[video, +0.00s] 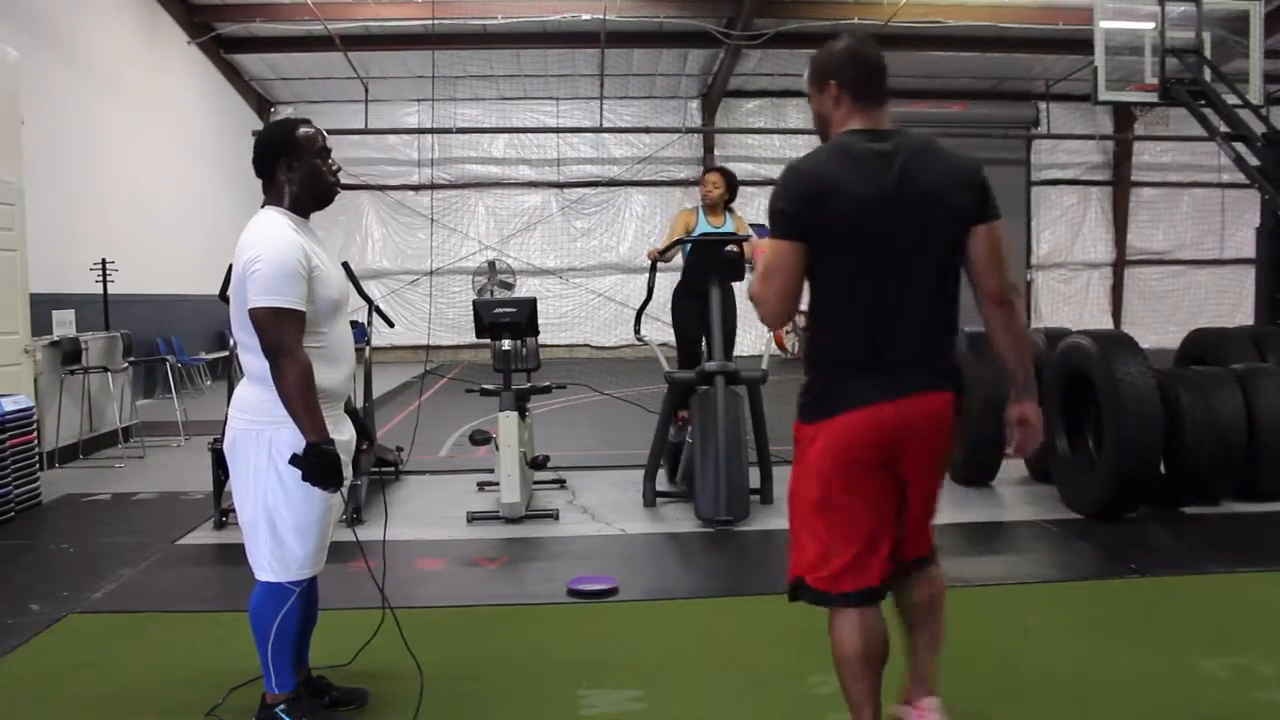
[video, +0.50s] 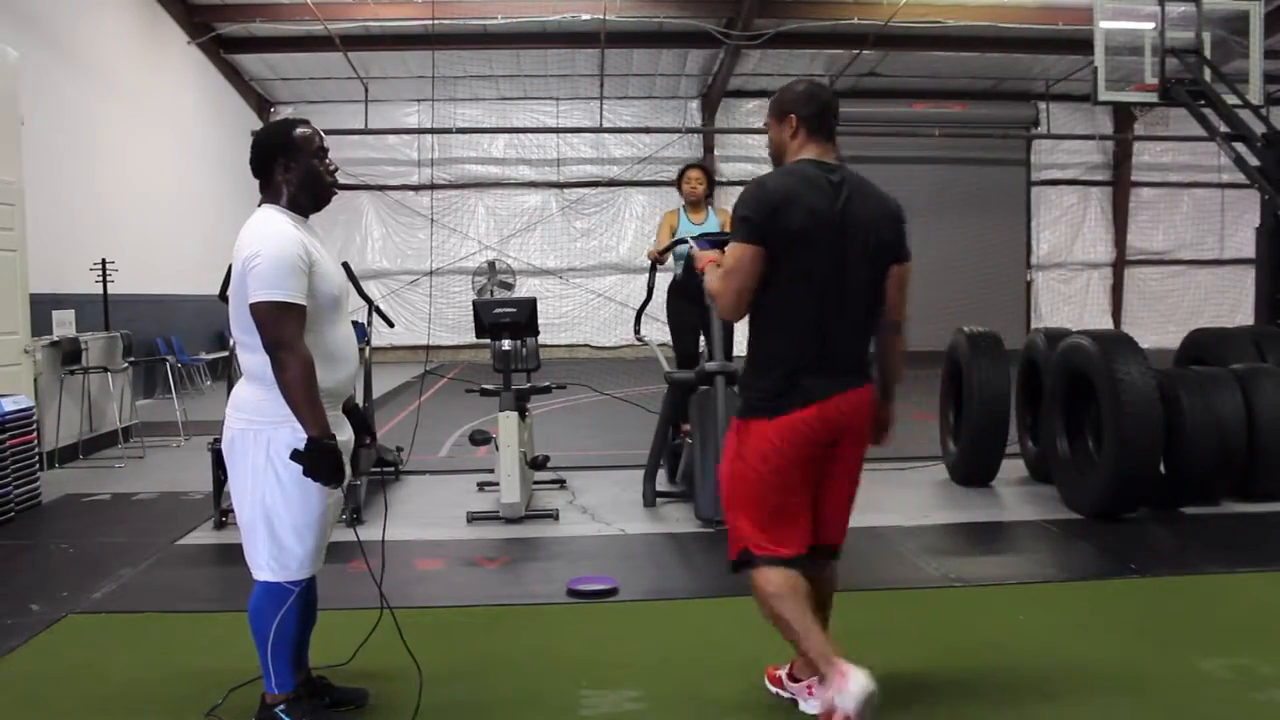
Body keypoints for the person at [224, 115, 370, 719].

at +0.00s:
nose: (336, 165)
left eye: (331, 154)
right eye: (323, 156)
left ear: (292, 171)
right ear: (288, 169)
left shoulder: (296, 238)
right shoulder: (274, 242)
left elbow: (312, 345)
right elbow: (283, 353)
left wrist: (350, 411)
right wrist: (318, 441)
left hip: (301, 429)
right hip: (278, 432)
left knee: (301, 566)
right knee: (284, 572)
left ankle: (297, 680)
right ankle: (281, 698)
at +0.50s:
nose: (333, 165)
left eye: (329, 154)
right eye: (320, 156)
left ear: (291, 171)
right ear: (286, 169)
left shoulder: (296, 236)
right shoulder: (273, 239)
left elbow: (316, 339)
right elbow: (283, 348)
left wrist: (351, 407)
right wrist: (318, 436)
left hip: (300, 427)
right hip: (276, 431)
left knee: (299, 565)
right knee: (283, 570)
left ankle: (297, 679)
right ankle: (280, 697)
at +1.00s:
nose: (334, 165)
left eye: (330, 154)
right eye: (321, 155)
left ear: (292, 171)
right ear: (286, 169)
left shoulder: (295, 238)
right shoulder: (272, 241)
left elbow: (311, 344)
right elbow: (282, 351)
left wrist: (349, 410)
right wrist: (317, 440)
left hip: (299, 427)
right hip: (275, 431)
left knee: (298, 566)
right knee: (282, 571)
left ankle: (296, 680)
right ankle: (280, 698)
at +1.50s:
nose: (337, 167)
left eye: (333, 156)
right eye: (324, 157)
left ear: (294, 171)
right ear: (289, 169)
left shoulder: (297, 238)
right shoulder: (274, 242)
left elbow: (311, 346)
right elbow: (284, 355)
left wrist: (350, 409)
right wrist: (317, 442)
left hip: (299, 427)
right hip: (276, 431)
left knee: (300, 566)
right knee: (283, 571)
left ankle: (297, 680)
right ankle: (281, 697)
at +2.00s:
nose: (338, 168)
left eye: (335, 156)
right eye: (326, 158)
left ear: (295, 171)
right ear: (291, 170)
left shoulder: (298, 237)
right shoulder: (276, 239)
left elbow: (316, 343)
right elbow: (286, 349)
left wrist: (353, 410)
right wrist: (323, 437)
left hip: (299, 429)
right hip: (275, 432)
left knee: (299, 566)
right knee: (282, 571)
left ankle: (296, 680)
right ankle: (280, 697)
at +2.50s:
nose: (341, 170)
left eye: (337, 159)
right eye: (329, 159)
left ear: (295, 171)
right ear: (293, 169)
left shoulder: (297, 238)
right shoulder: (275, 242)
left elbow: (314, 344)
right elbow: (285, 352)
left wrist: (351, 410)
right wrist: (321, 441)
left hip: (300, 428)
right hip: (277, 432)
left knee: (300, 566)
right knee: (283, 572)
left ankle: (297, 681)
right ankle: (280, 699)